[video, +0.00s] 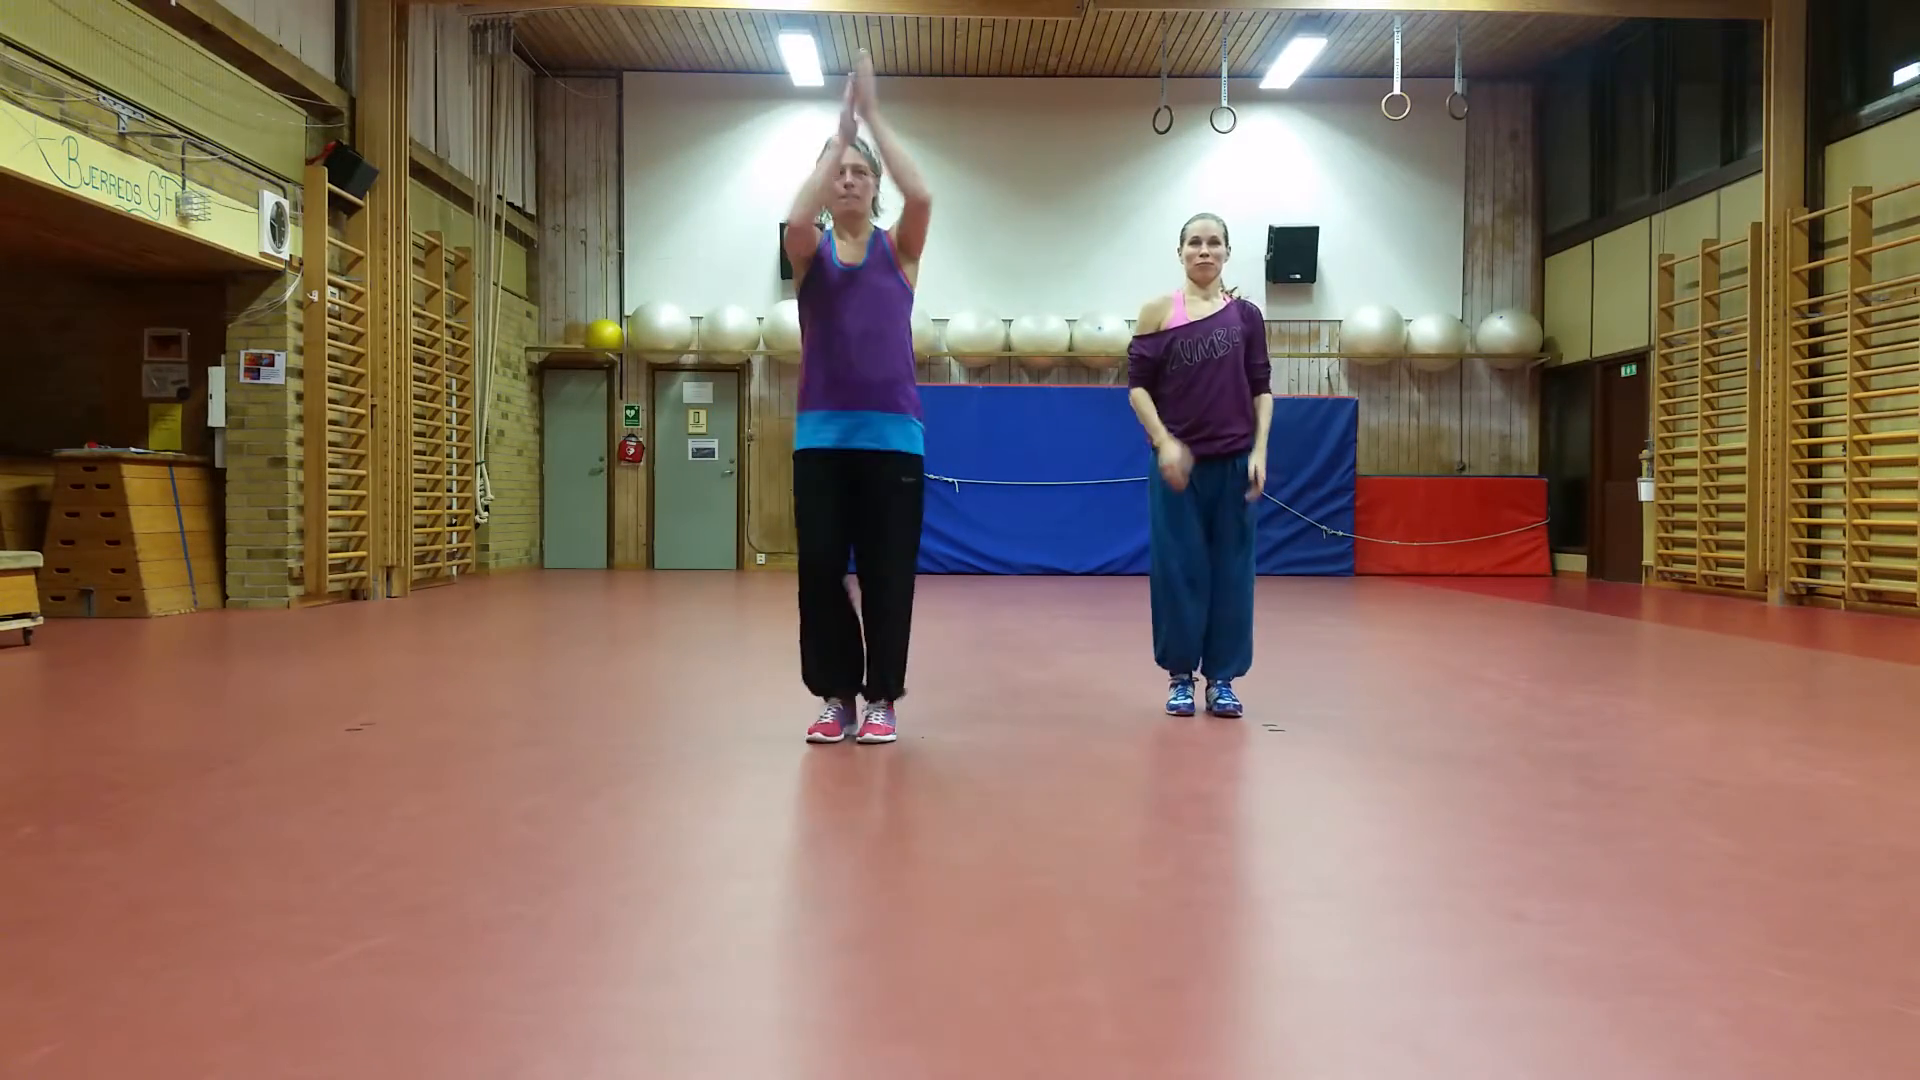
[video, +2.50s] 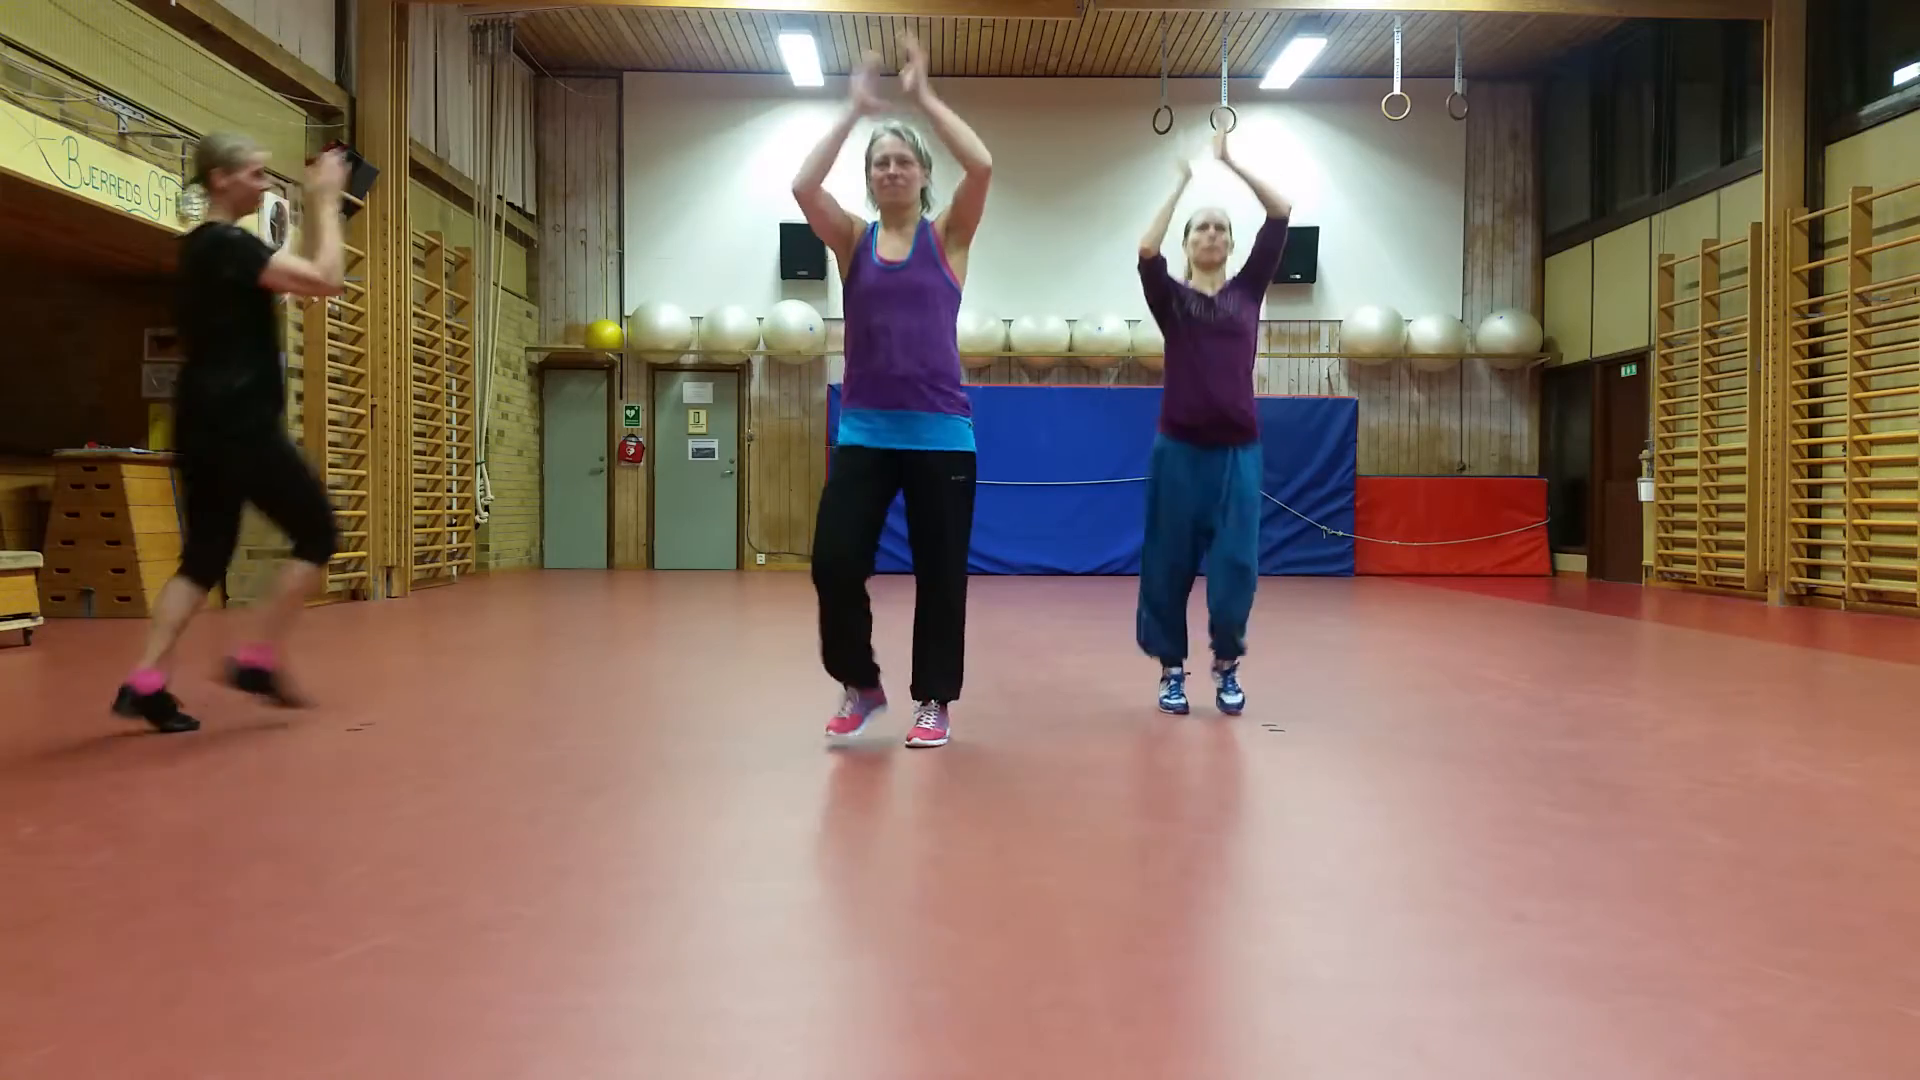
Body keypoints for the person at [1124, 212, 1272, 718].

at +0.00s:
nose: (1204, 251)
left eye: (1214, 243)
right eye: (1196, 242)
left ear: (1227, 252)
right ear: (1181, 251)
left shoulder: (1246, 314)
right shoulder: (1158, 312)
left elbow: (1262, 386)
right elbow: (1137, 386)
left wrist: (1259, 449)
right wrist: (1164, 441)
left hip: (1234, 461)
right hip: (1176, 461)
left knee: (1232, 569)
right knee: (1179, 567)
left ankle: (1221, 680)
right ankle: (1181, 678)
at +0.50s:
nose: (1215, 256)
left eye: (1223, 249)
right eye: (1206, 248)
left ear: (1230, 257)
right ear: (1187, 255)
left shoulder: (1245, 304)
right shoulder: (1170, 309)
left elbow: (1289, 306)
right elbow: (1148, 319)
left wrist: (1254, 250)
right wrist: (1185, 274)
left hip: (1237, 453)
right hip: (1179, 452)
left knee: (1237, 565)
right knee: (1186, 561)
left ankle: (1226, 677)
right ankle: (1183, 669)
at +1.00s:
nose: (1211, 250)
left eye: (1219, 243)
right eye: (1201, 243)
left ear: (1227, 255)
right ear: (1183, 254)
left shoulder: (1240, 306)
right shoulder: (1166, 312)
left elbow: (1282, 253)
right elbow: (1155, 272)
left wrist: (1252, 184)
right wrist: (1170, 202)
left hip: (1238, 460)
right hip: (1181, 460)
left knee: (1245, 568)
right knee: (1191, 571)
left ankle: (1225, 659)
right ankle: (1195, 677)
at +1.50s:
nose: (1210, 237)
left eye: (1217, 230)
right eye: (1200, 229)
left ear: (1227, 241)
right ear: (1182, 240)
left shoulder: (1242, 293)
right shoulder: (1169, 298)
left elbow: (1273, 240)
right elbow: (1160, 268)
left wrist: (1225, 189)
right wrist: (1189, 205)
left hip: (1232, 447)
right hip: (1174, 443)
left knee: (1229, 559)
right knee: (1183, 551)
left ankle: (1209, 668)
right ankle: (1175, 661)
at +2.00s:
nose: (1228, 248)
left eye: (1236, 243)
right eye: (1218, 241)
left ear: (1245, 259)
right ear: (1200, 256)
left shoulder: (1253, 307)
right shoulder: (1180, 310)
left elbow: (1292, 237)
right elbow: (1161, 260)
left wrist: (1243, 181)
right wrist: (1205, 195)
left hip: (1253, 460)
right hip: (1192, 462)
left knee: (1257, 574)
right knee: (1198, 576)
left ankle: (1253, 674)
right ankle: (1217, 673)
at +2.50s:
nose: (1210, 236)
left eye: (1219, 230)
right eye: (1201, 230)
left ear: (1230, 245)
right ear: (1186, 244)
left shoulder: (1246, 293)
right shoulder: (1171, 299)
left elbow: (1281, 211)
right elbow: (1146, 254)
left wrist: (1230, 159)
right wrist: (1177, 190)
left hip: (1238, 450)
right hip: (1180, 448)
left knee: (1237, 562)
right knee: (1170, 561)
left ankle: (1227, 666)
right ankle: (1173, 669)